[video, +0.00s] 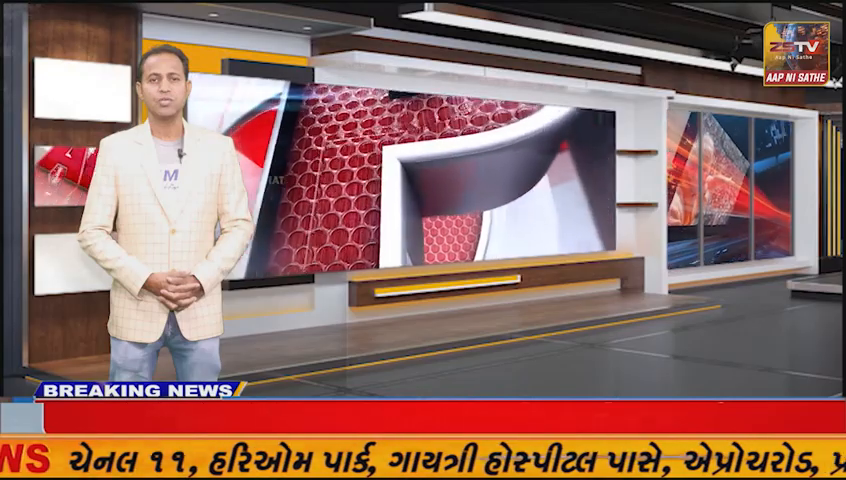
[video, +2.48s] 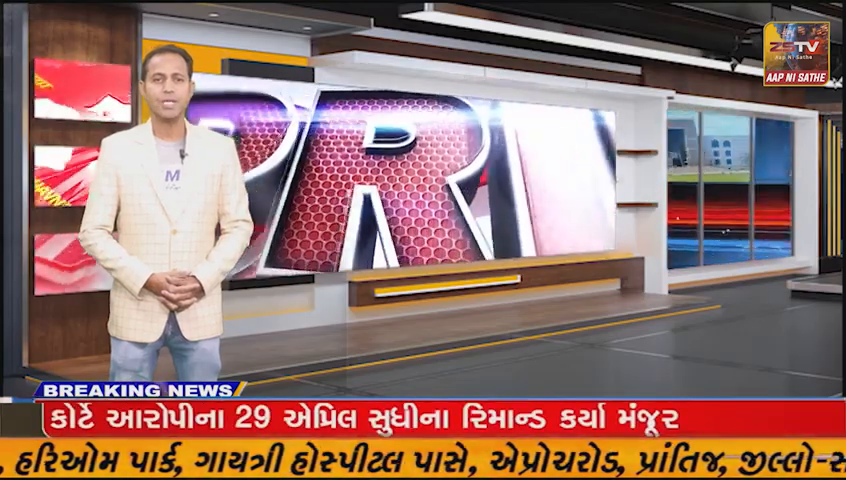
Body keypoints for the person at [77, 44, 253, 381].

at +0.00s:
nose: (164, 87)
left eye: (174, 78)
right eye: (154, 79)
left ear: (187, 88)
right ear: (140, 90)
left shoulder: (219, 147)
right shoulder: (115, 148)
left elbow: (239, 224)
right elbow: (92, 232)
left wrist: (202, 279)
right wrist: (145, 279)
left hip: (199, 310)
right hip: (135, 311)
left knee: (204, 417)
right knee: (126, 418)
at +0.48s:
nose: (163, 88)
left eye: (173, 78)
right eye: (153, 79)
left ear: (188, 87)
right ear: (140, 90)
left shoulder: (219, 148)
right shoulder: (115, 148)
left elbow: (239, 224)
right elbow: (92, 232)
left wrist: (202, 279)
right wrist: (145, 279)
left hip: (199, 309)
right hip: (135, 311)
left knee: (205, 419)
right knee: (125, 420)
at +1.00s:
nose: (163, 89)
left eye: (173, 79)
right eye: (153, 80)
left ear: (187, 88)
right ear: (140, 90)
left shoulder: (219, 148)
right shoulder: (115, 148)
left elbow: (238, 225)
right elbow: (92, 232)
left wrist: (201, 280)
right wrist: (144, 279)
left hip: (199, 310)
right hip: (134, 310)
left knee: (205, 419)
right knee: (125, 420)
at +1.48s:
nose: (163, 88)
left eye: (173, 79)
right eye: (153, 80)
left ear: (187, 87)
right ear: (140, 90)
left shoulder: (219, 148)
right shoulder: (114, 148)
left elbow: (238, 224)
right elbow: (92, 232)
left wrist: (201, 280)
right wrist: (144, 279)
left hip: (199, 310)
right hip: (135, 310)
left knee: (205, 419)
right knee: (125, 420)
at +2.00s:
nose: (166, 88)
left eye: (175, 79)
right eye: (155, 79)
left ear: (188, 88)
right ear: (141, 89)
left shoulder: (219, 147)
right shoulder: (116, 148)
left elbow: (238, 224)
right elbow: (92, 232)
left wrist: (201, 280)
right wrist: (146, 279)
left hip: (199, 309)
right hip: (135, 310)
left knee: (205, 419)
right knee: (126, 420)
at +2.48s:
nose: (168, 88)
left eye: (178, 79)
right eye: (158, 79)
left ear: (191, 88)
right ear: (143, 89)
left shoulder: (220, 148)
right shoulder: (117, 147)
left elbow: (239, 225)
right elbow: (93, 231)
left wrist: (202, 280)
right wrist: (146, 279)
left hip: (199, 309)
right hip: (135, 310)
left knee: (205, 419)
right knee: (125, 419)